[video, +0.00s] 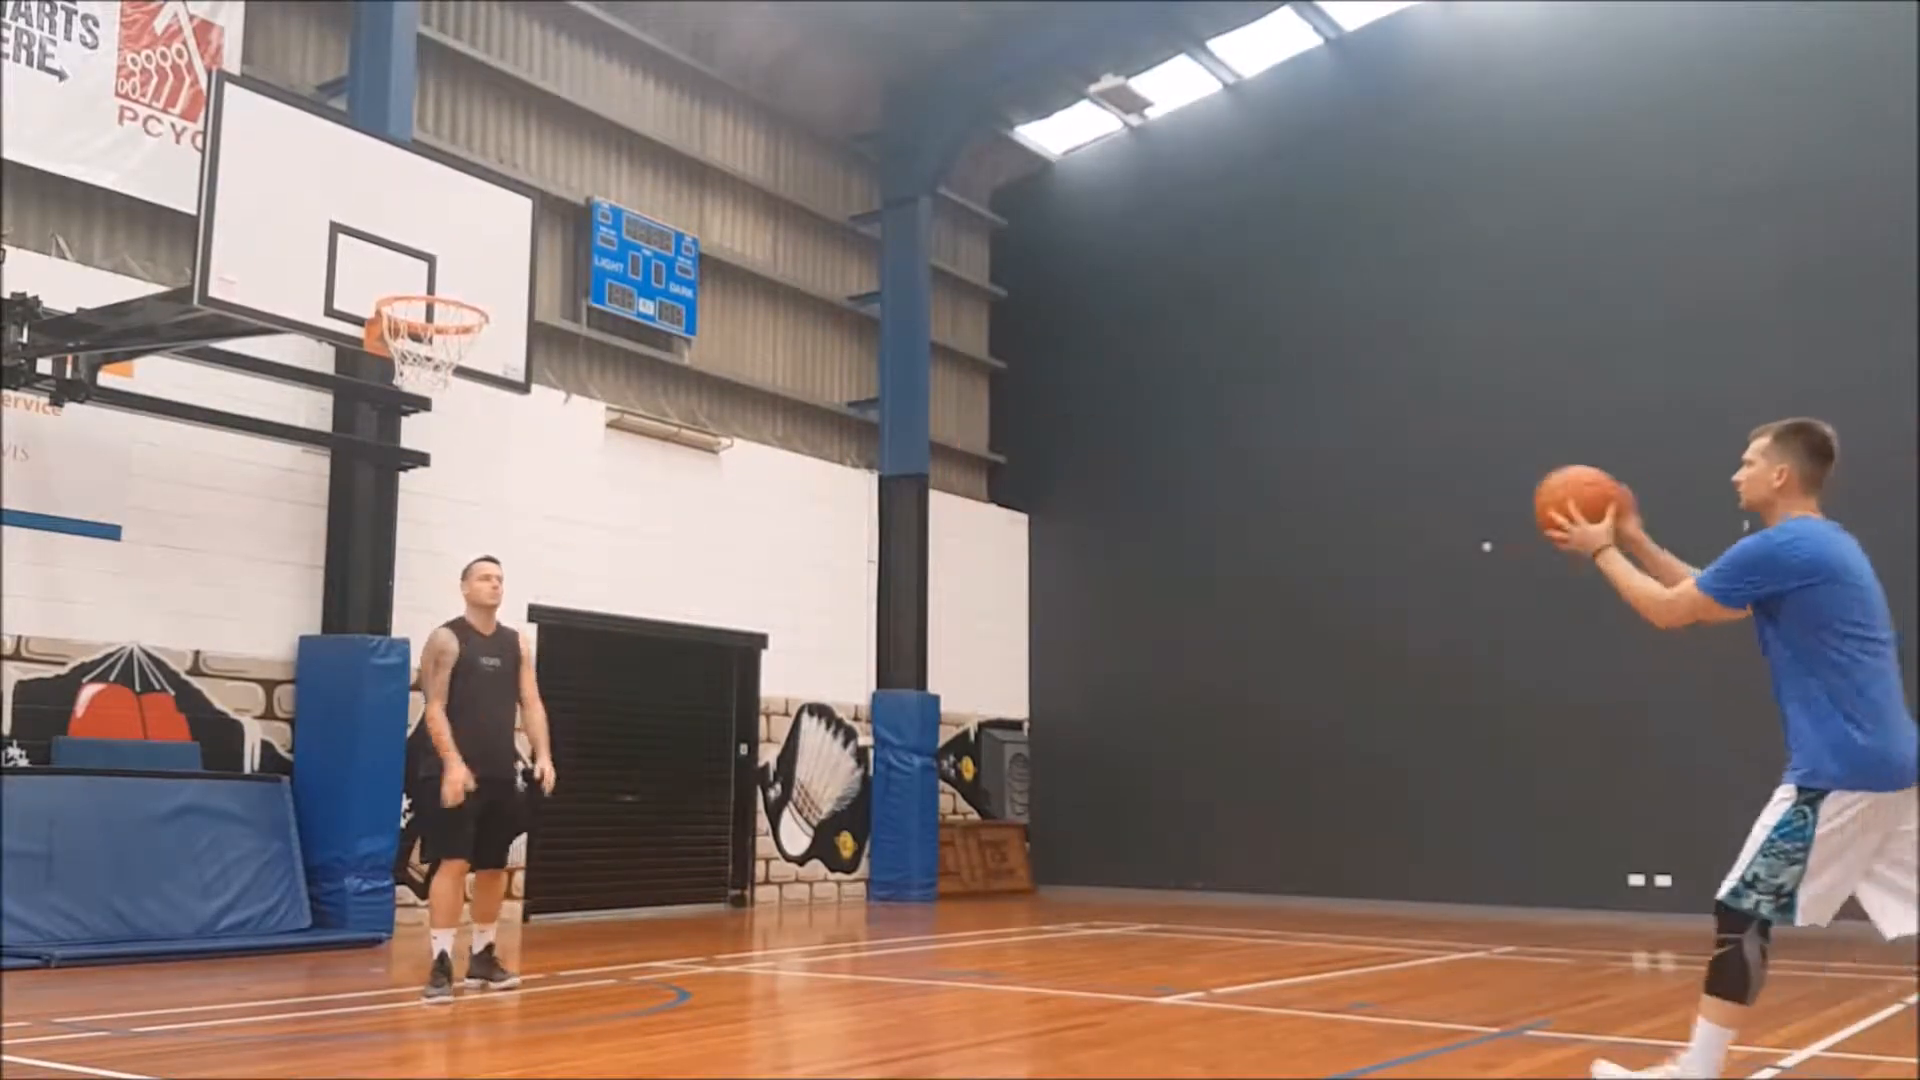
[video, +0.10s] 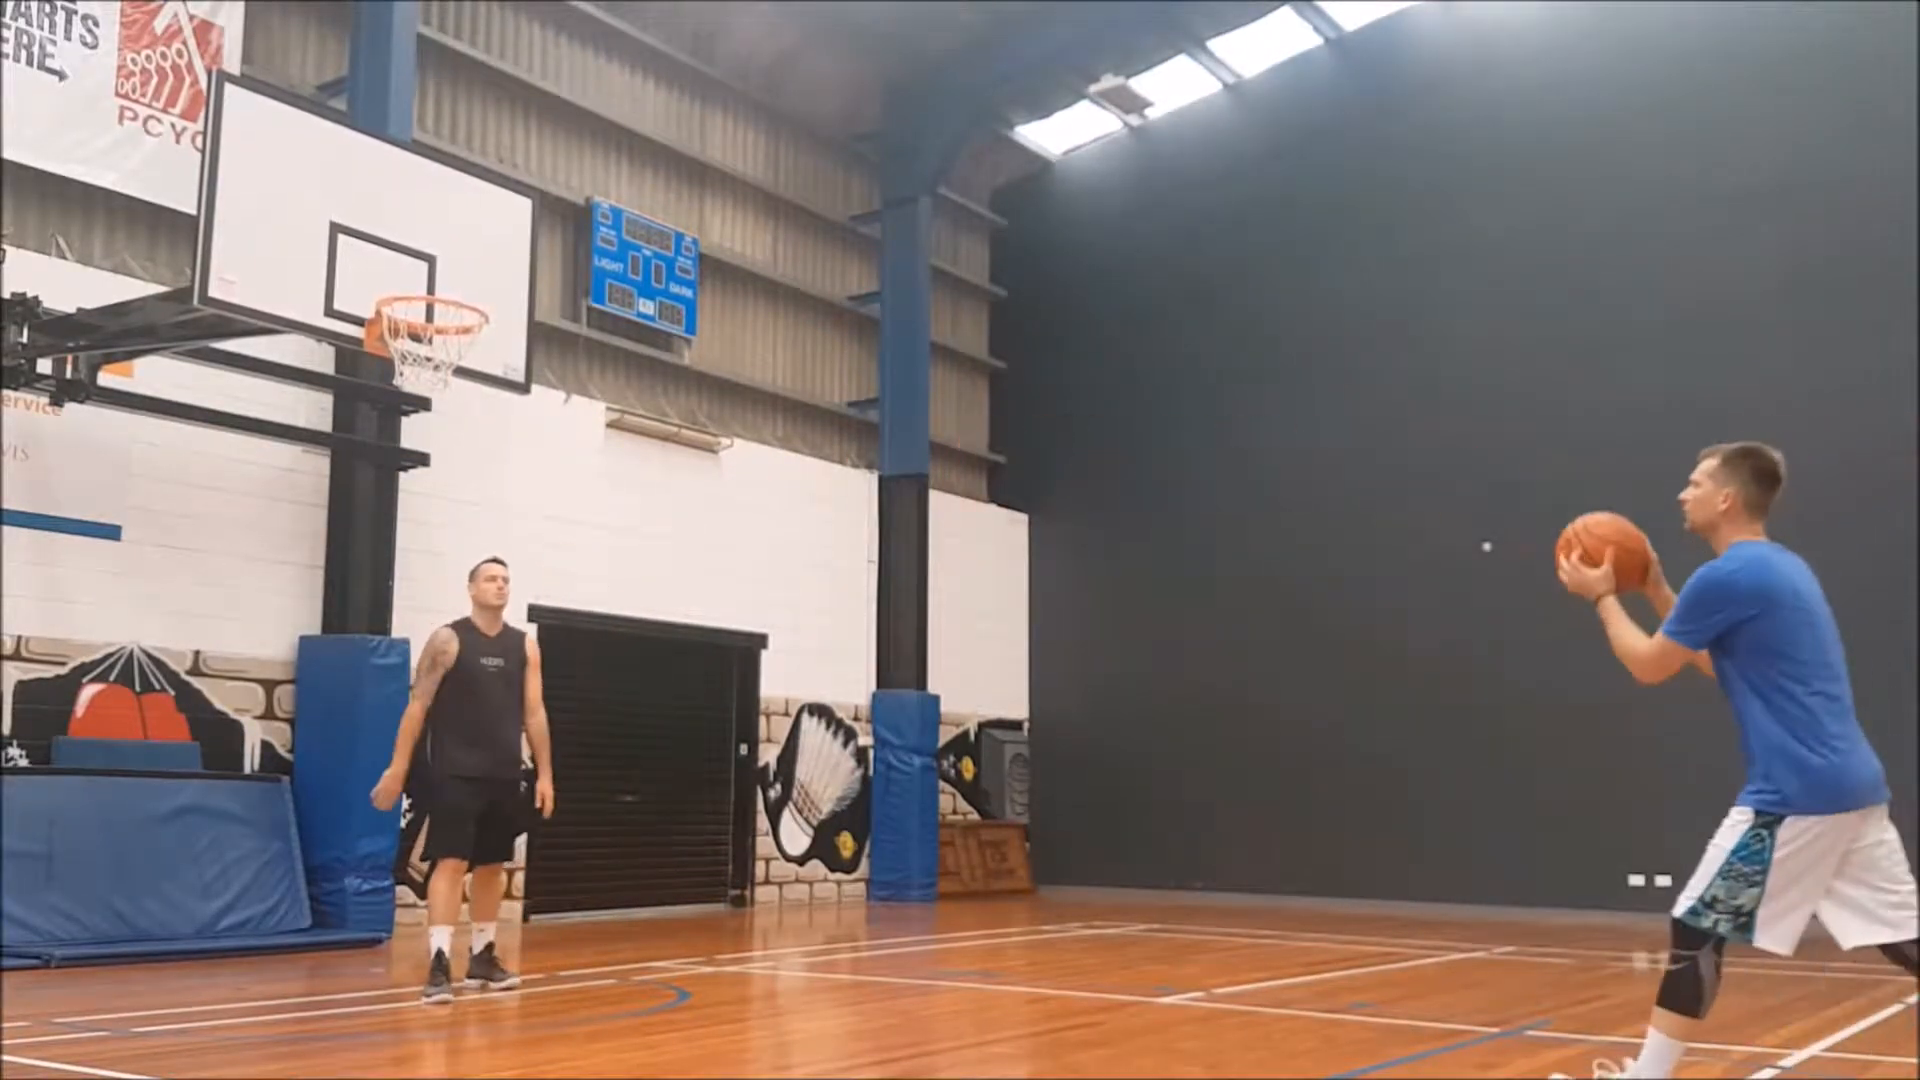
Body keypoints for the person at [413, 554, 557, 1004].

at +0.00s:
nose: (494, 585)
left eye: (499, 579)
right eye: (485, 578)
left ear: (504, 590)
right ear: (464, 588)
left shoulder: (516, 643)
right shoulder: (445, 640)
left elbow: (531, 704)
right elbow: (434, 710)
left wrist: (543, 755)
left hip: (500, 769)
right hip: (451, 768)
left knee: (494, 863)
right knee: (454, 861)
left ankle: (484, 956)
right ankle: (442, 963)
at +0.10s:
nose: (500, 586)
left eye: (505, 580)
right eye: (491, 580)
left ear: (510, 591)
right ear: (471, 589)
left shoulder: (525, 645)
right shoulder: (447, 641)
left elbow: (534, 713)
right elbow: (417, 708)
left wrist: (544, 773)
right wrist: (397, 770)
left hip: (504, 777)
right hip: (454, 775)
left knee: (491, 865)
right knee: (452, 863)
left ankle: (483, 956)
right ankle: (439, 965)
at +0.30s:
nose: (507, 588)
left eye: (512, 584)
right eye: (499, 582)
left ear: (517, 595)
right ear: (479, 590)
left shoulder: (531, 649)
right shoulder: (446, 638)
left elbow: (540, 713)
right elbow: (397, 688)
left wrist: (543, 772)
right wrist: (352, 736)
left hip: (504, 772)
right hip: (450, 769)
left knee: (491, 864)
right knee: (442, 859)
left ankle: (483, 958)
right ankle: (428, 961)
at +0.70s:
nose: (482, 599)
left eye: (488, 594)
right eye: (475, 592)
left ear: (494, 604)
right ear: (457, 598)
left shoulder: (507, 655)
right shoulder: (425, 647)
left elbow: (523, 710)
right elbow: (407, 708)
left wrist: (535, 757)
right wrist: (412, 761)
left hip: (485, 778)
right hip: (431, 777)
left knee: (480, 865)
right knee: (416, 863)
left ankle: (481, 956)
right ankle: (411, 942)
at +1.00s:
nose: (450, 599)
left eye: (456, 594)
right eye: (443, 593)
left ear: (462, 604)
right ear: (426, 601)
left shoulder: (481, 653)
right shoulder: (398, 653)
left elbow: (492, 710)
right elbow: (377, 714)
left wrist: (486, 740)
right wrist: (403, 743)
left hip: (459, 773)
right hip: (409, 773)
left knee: (460, 860)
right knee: (411, 862)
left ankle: (471, 950)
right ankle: (413, 950)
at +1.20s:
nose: (440, 595)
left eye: (445, 591)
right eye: (432, 590)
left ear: (452, 603)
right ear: (415, 602)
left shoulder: (473, 651)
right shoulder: (391, 653)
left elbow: (484, 714)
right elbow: (371, 712)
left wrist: (476, 771)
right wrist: (363, 768)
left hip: (455, 778)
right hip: (404, 778)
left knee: (454, 864)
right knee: (409, 864)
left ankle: (462, 952)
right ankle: (412, 951)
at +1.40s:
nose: (433, 594)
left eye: (439, 590)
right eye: (425, 591)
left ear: (449, 604)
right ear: (411, 605)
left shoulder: (473, 651)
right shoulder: (390, 655)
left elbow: (489, 714)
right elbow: (366, 715)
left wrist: (497, 772)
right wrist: (343, 768)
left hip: (453, 777)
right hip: (402, 777)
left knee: (452, 863)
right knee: (408, 863)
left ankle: (460, 954)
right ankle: (412, 953)